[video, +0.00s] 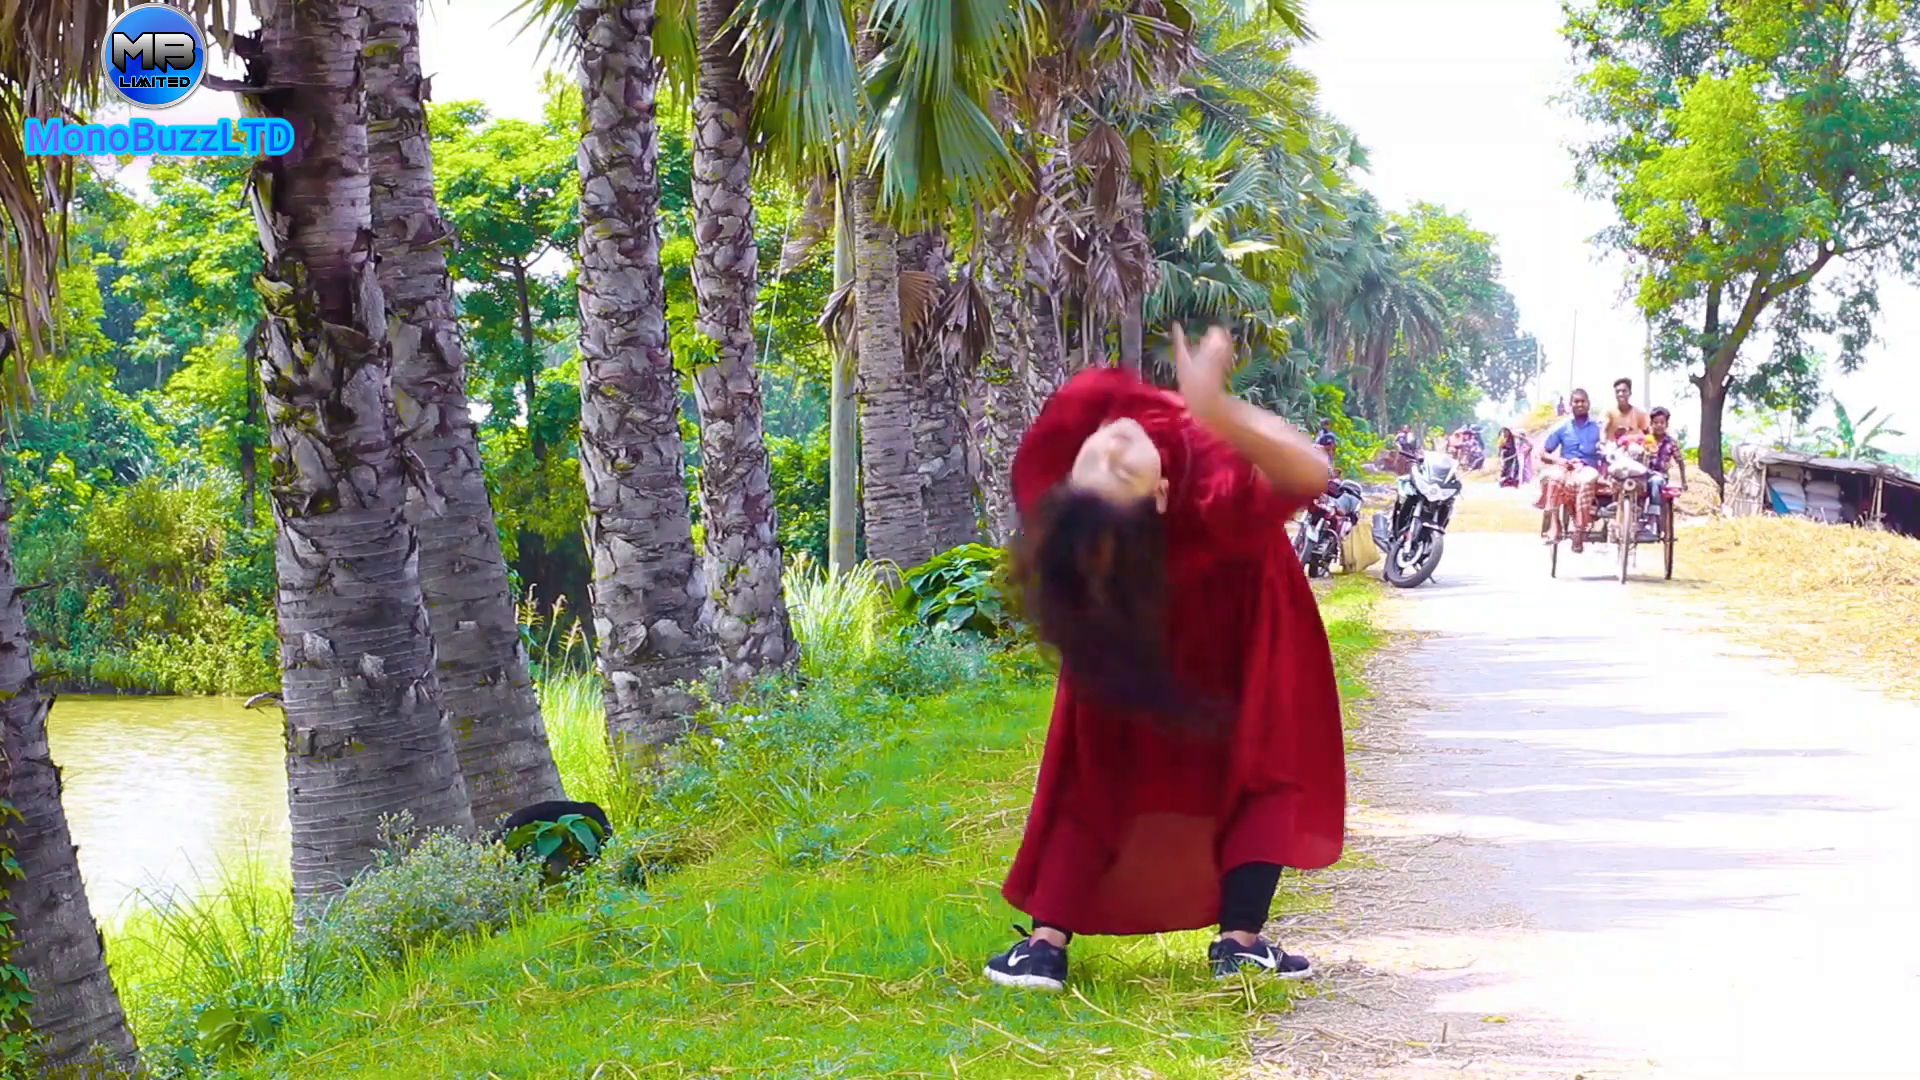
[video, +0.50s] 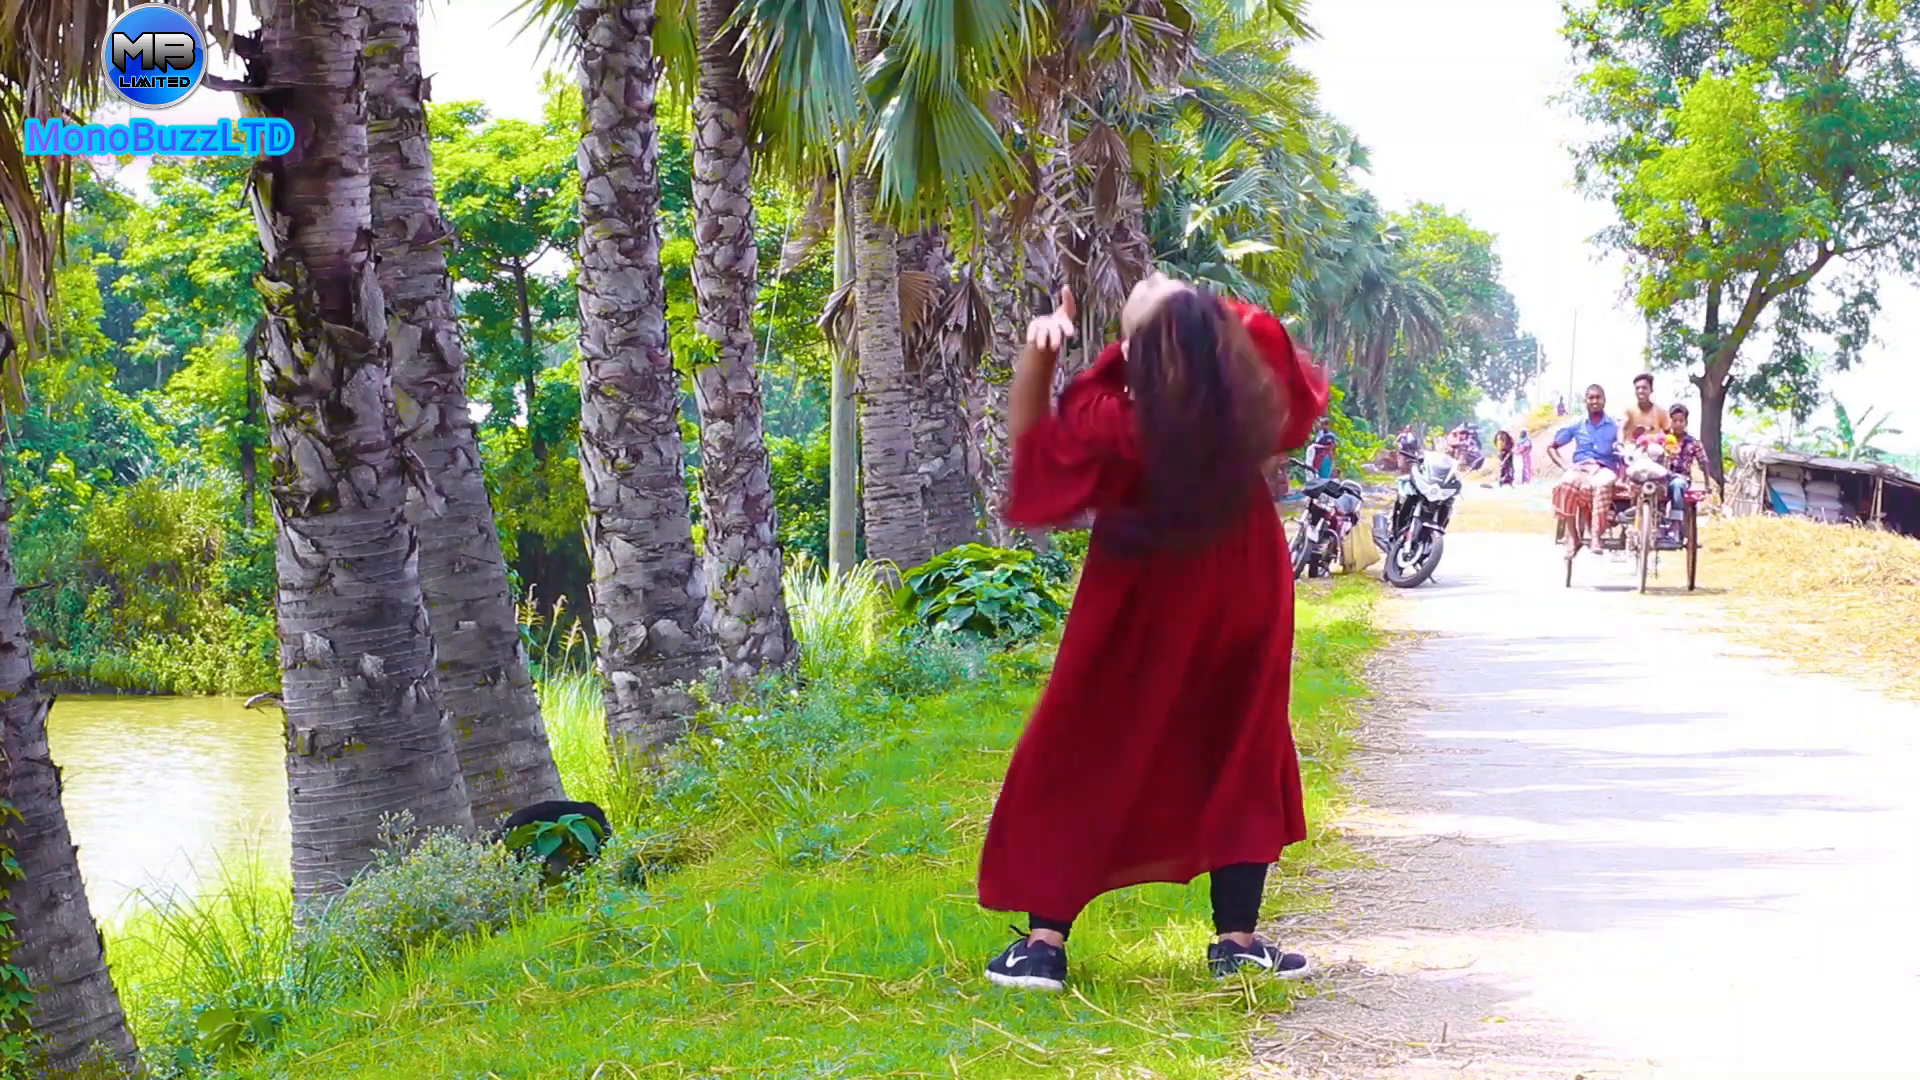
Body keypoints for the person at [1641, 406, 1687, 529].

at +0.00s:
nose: (1659, 425)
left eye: (1662, 422)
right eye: (1656, 422)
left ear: (1667, 424)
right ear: (1651, 424)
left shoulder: (1670, 442)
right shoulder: (1646, 439)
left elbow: (1680, 461)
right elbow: (1637, 455)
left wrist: (1683, 482)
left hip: (1659, 472)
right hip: (1644, 471)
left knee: (1655, 481)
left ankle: (1653, 512)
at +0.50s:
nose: (1678, 424)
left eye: (1681, 421)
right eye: (1675, 420)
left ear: (1686, 422)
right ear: (1670, 421)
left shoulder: (1692, 442)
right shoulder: (1663, 437)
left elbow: (1703, 462)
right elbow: (1653, 456)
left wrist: (1707, 483)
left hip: (1681, 474)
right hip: (1662, 472)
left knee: (1676, 485)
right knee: (1650, 484)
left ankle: (1675, 525)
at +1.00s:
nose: (1705, 423)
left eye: (1709, 419)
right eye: (1702, 419)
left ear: (1716, 420)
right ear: (1697, 420)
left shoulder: (1719, 442)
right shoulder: (1691, 439)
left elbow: (1730, 464)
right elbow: (1681, 459)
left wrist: (1733, 484)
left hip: (1709, 477)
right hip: (1689, 475)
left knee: (1700, 487)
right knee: (1677, 489)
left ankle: (1699, 532)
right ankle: (1681, 529)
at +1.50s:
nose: (1735, 423)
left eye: (1740, 419)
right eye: (1731, 418)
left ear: (1746, 421)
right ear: (1725, 420)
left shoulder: (1751, 443)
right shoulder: (1718, 439)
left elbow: (1763, 468)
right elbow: (1707, 462)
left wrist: (1767, 493)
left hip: (1737, 480)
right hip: (1715, 479)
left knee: (1732, 492)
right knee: (1700, 492)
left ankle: (1728, 542)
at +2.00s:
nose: (1773, 419)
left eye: (1778, 415)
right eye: (1769, 414)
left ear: (1784, 418)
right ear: (1762, 416)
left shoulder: (1789, 443)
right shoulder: (1753, 437)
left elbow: (1801, 469)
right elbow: (1739, 460)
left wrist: (1805, 495)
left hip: (1772, 483)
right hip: (1749, 482)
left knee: (1766, 495)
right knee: (1731, 495)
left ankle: (1763, 549)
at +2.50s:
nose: (1815, 414)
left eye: (1820, 409)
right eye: (1810, 409)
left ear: (1827, 412)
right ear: (1803, 411)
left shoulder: (1833, 440)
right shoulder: (1793, 433)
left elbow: (1847, 470)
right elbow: (1778, 459)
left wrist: (1852, 498)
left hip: (1818, 483)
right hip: (1790, 481)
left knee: (1810, 497)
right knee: (1770, 497)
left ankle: (1805, 561)